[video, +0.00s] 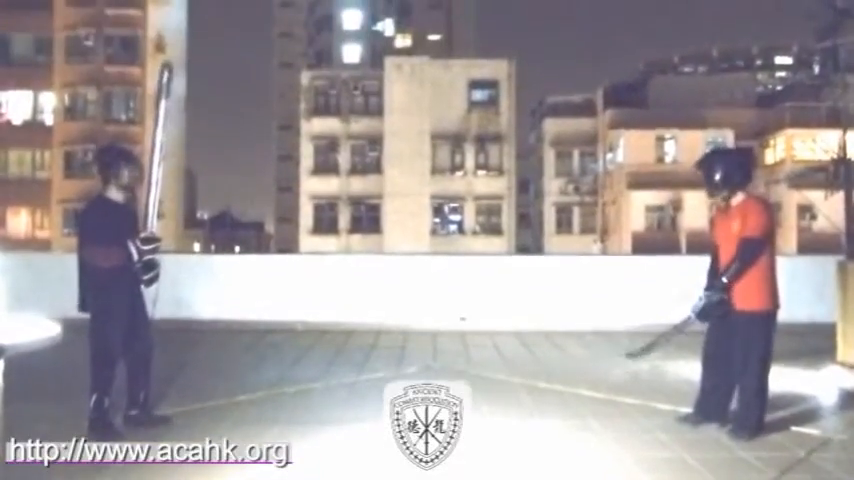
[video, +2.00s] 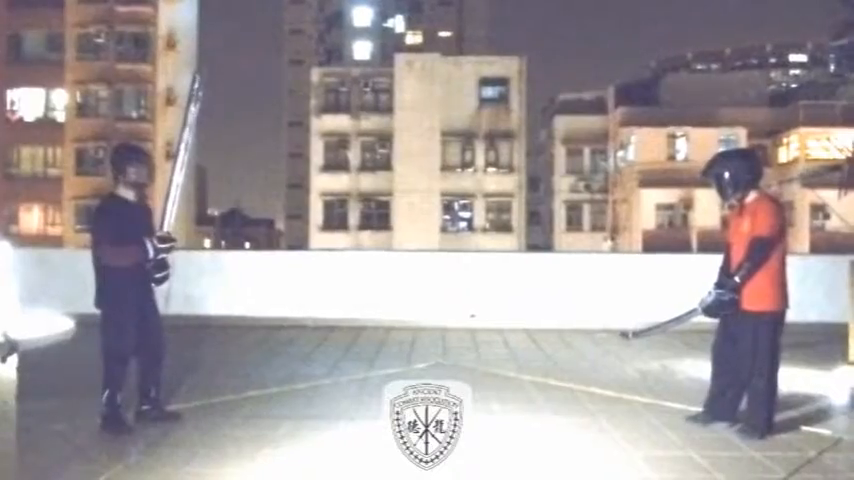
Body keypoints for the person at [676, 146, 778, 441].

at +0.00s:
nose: (709, 184)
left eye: (713, 176)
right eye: (707, 177)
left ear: (729, 176)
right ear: (715, 178)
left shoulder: (756, 209)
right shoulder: (719, 215)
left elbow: (749, 252)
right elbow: (717, 258)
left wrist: (721, 286)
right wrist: (709, 293)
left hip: (755, 303)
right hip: (728, 301)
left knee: (752, 364)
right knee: (717, 357)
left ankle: (748, 420)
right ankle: (709, 409)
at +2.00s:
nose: (719, 189)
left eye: (722, 181)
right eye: (718, 182)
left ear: (738, 178)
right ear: (733, 181)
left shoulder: (766, 208)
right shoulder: (736, 212)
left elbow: (760, 249)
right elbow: (731, 255)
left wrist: (733, 285)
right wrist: (720, 286)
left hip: (764, 302)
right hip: (739, 300)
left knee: (761, 363)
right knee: (727, 356)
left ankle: (758, 420)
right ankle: (719, 408)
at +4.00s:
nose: (710, 183)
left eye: (713, 176)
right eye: (709, 177)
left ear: (729, 173)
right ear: (725, 175)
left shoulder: (760, 203)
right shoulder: (727, 206)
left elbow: (752, 246)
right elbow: (722, 248)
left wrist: (725, 281)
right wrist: (711, 280)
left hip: (755, 295)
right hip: (730, 292)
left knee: (752, 357)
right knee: (719, 349)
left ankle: (750, 414)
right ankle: (712, 402)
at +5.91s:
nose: (718, 164)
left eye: (721, 156)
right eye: (717, 157)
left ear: (737, 153)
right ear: (736, 155)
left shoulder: (767, 184)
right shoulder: (734, 189)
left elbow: (761, 227)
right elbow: (730, 231)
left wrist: (734, 263)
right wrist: (721, 264)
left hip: (765, 277)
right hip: (739, 276)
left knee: (762, 338)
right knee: (729, 331)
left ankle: (761, 394)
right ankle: (724, 383)